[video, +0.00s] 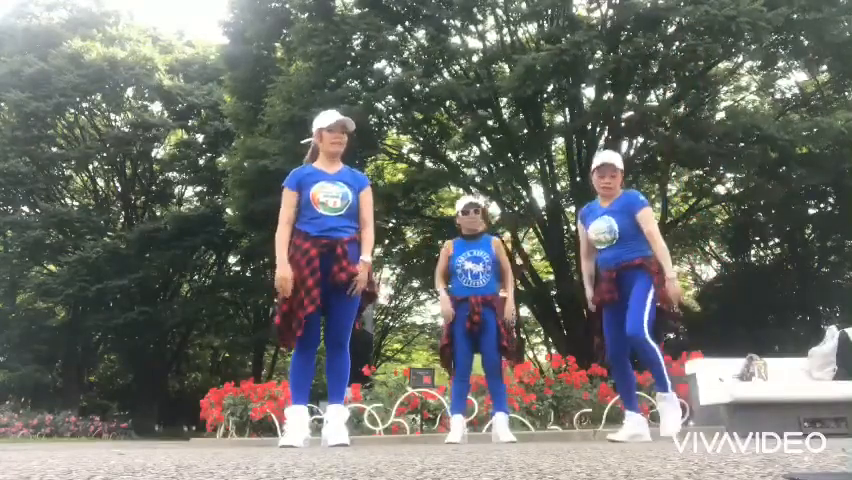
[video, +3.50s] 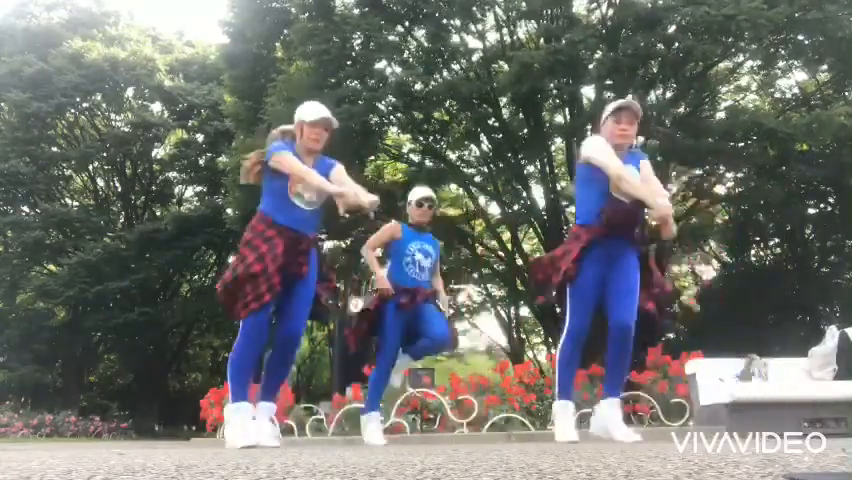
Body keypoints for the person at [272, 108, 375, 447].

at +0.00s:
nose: (336, 137)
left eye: (341, 133)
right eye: (330, 132)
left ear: (348, 139)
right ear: (316, 137)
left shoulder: (358, 180)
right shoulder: (299, 176)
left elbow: (367, 224)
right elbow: (284, 223)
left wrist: (365, 261)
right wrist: (282, 263)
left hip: (347, 258)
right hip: (306, 257)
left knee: (339, 340)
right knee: (307, 339)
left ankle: (336, 418)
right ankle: (297, 417)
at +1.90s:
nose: (360, 136)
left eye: (365, 131)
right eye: (353, 131)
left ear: (373, 135)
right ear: (342, 137)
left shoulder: (391, 173)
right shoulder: (331, 175)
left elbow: (407, 214)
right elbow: (322, 221)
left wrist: (410, 243)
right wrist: (328, 253)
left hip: (385, 252)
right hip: (345, 252)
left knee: (380, 331)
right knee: (341, 332)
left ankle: (378, 414)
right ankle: (334, 413)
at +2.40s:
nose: (327, 150)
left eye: (333, 145)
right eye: (320, 144)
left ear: (339, 150)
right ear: (307, 150)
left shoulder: (347, 177)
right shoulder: (307, 193)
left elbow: (380, 210)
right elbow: (315, 236)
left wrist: (371, 258)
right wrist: (318, 260)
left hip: (373, 261)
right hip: (339, 269)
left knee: (373, 336)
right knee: (306, 322)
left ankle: (377, 415)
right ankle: (308, 411)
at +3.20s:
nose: (310, 147)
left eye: (317, 144)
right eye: (305, 140)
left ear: (322, 151)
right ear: (290, 146)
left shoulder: (329, 179)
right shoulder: (285, 193)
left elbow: (365, 215)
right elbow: (299, 246)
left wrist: (365, 242)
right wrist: (276, 266)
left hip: (338, 267)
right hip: (304, 276)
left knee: (343, 346)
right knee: (268, 329)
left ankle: (388, 417)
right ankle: (260, 417)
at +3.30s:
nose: (316, 125)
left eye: (322, 121)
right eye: (310, 118)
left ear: (328, 127)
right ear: (296, 121)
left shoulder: (336, 159)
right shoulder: (274, 157)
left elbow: (359, 201)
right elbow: (259, 201)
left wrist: (339, 197)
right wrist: (251, 205)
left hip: (322, 244)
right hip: (282, 245)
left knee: (332, 327)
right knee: (266, 327)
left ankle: (354, 403)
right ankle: (259, 415)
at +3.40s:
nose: (319, 121)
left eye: (325, 115)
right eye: (313, 113)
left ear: (330, 119)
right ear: (298, 114)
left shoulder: (335, 150)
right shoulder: (278, 132)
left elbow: (355, 178)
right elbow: (262, 157)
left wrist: (327, 180)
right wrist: (290, 171)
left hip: (316, 236)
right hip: (275, 232)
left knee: (308, 314)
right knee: (265, 316)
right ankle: (247, 406)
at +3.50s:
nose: (320, 133)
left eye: (325, 128)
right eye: (314, 126)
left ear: (329, 134)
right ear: (298, 127)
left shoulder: (329, 165)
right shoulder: (279, 151)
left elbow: (348, 185)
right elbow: (299, 172)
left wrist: (363, 197)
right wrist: (335, 190)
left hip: (304, 250)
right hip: (268, 242)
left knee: (291, 332)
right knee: (255, 326)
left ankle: (265, 414)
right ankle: (237, 414)